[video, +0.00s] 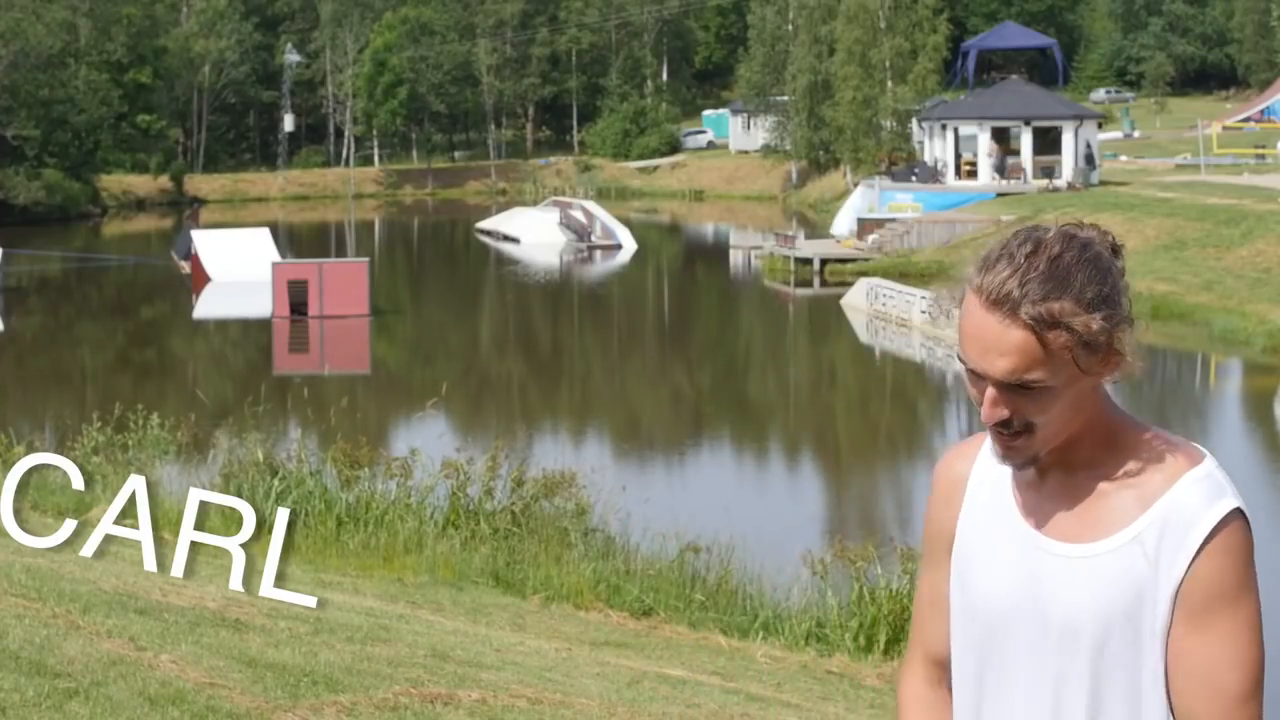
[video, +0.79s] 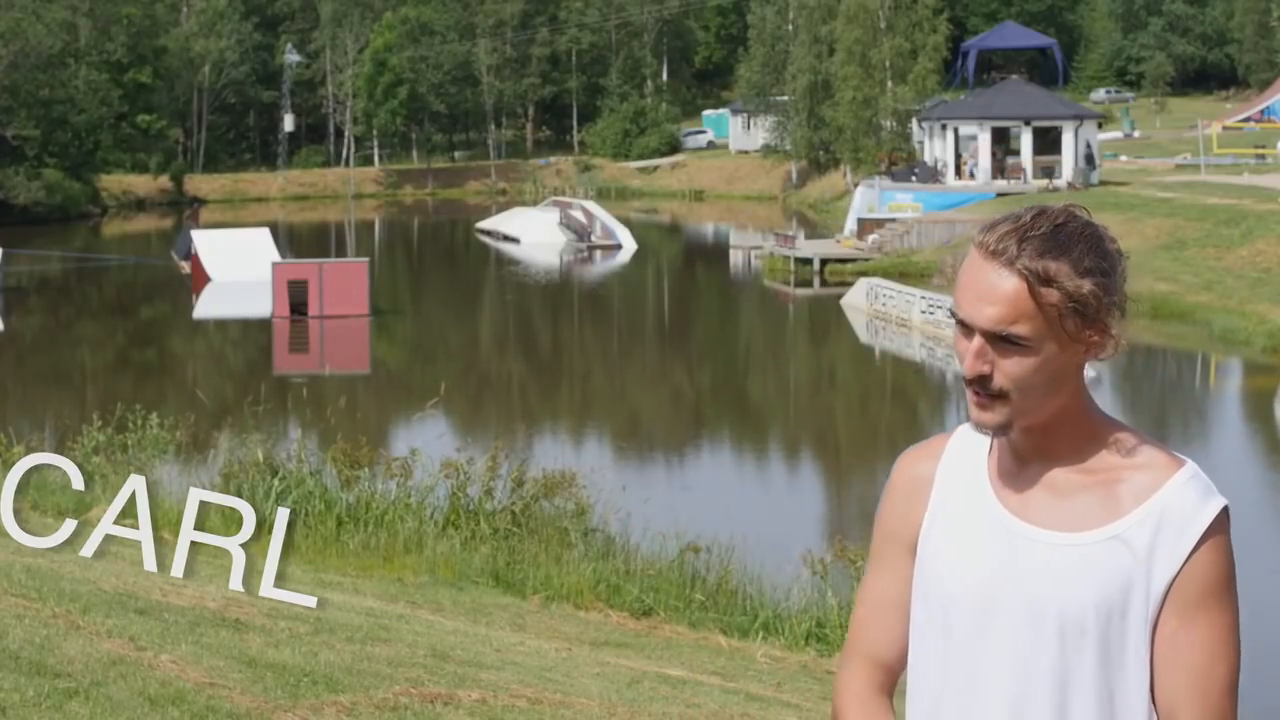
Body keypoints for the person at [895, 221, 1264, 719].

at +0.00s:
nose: (990, 413)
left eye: (1023, 387)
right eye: (974, 376)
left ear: (1104, 361)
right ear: (964, 349)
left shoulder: (1197, 519)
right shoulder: (963, 476)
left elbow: (1223, 709)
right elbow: (930, 673)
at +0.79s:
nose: (971, 363)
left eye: (1008, 342)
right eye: (963, 328)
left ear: (1091, 341)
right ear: (954, 314)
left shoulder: (1178, 511)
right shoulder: (923, 477)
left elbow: (1197, 711)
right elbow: (864, 677)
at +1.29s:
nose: (911, 355)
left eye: (947, 331)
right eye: (903, 320)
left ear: (1030, 333)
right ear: (893, 308)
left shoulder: (1125, 508)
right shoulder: (861, 480)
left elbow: (1134, 710)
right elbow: (801, 693)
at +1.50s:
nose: (888, 352)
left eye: (922, 325)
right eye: (880, 318)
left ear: (1004, 329)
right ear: (868, 309)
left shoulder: (1107, 499)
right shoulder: (850, 481)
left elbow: (1122, 705)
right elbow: (794, 688)